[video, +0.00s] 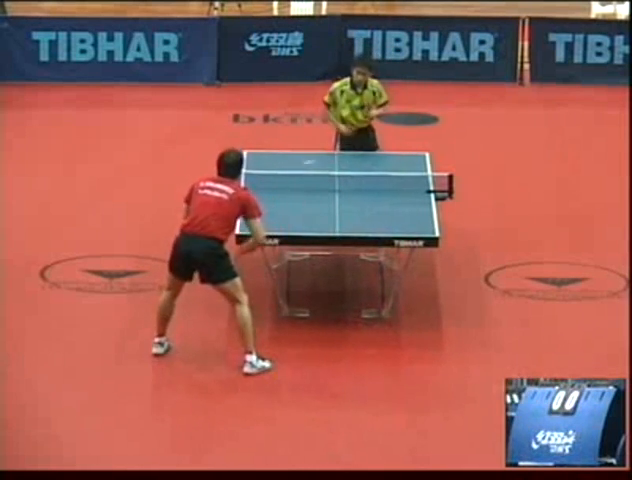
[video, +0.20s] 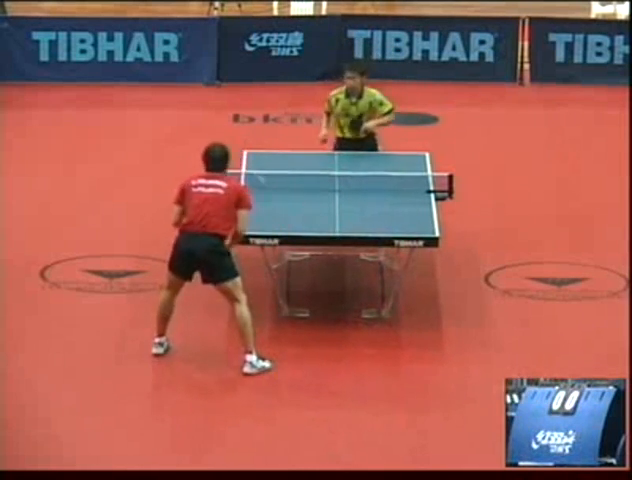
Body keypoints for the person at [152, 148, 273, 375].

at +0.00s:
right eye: (240, 168)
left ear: (218, 167)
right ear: (240, 170)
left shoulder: (200, 185)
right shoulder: (243, 196)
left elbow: (186, 215)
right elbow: (259, 238)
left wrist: (198, 231)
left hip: (184, 241)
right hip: (212, 246)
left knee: (171, 291)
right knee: (240, 300)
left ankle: (159, 339)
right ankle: (251, 357)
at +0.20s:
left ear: (204, 163)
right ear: (227, 164)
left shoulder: (190, 184)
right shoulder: (236, 189)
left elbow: (177, 220)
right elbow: (240, 229)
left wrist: (193, 223)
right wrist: (229, 244)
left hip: (185, 240)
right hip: (214, 243)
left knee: (171, 290)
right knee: (238, 300)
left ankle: (159, 339)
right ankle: (251, 356)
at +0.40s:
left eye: (181, 157)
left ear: (178, 160)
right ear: (201, 157)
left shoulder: (169, 183)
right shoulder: (216, 180)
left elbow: (156, 220)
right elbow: (229, 219)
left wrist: (171, 230)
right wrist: (216, 239)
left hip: (177, 239)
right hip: (204, 238)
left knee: (166, 288)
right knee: (229, 298)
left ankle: (160, 339)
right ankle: (249, 352)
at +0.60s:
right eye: (183, 143)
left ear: (164, 151)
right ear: (187, 146)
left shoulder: (156, 175)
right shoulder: (206, 170)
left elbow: (142, 210)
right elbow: (219, 207)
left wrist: (155, 229)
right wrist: (212, 228)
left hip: (171, 230)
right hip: (198, 229)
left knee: (164, 286)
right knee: (217, 290)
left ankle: (159, 339)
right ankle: (221, 346)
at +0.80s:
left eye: (171, 143)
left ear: (167, 146)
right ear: (189, 142)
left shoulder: (158, 173)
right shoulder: (207, 169)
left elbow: (143, 208)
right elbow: (223, 206)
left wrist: (153, 224)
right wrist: (214, 227)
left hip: (171, 233)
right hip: (199, 232)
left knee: (164, 286)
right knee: (207, 291)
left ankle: (159, 338)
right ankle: (203, 347)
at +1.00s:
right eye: (197, 143)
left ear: (178, 148)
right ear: (200, 146)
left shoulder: (166, 175)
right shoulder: (215, 175)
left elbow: (156, 210)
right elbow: (231, 211)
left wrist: (162, 227)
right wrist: (224, 237)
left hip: (175, 236)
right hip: (204, 237)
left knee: (166, 292)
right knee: (205, 295)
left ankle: (160, 340)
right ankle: (201, 354)